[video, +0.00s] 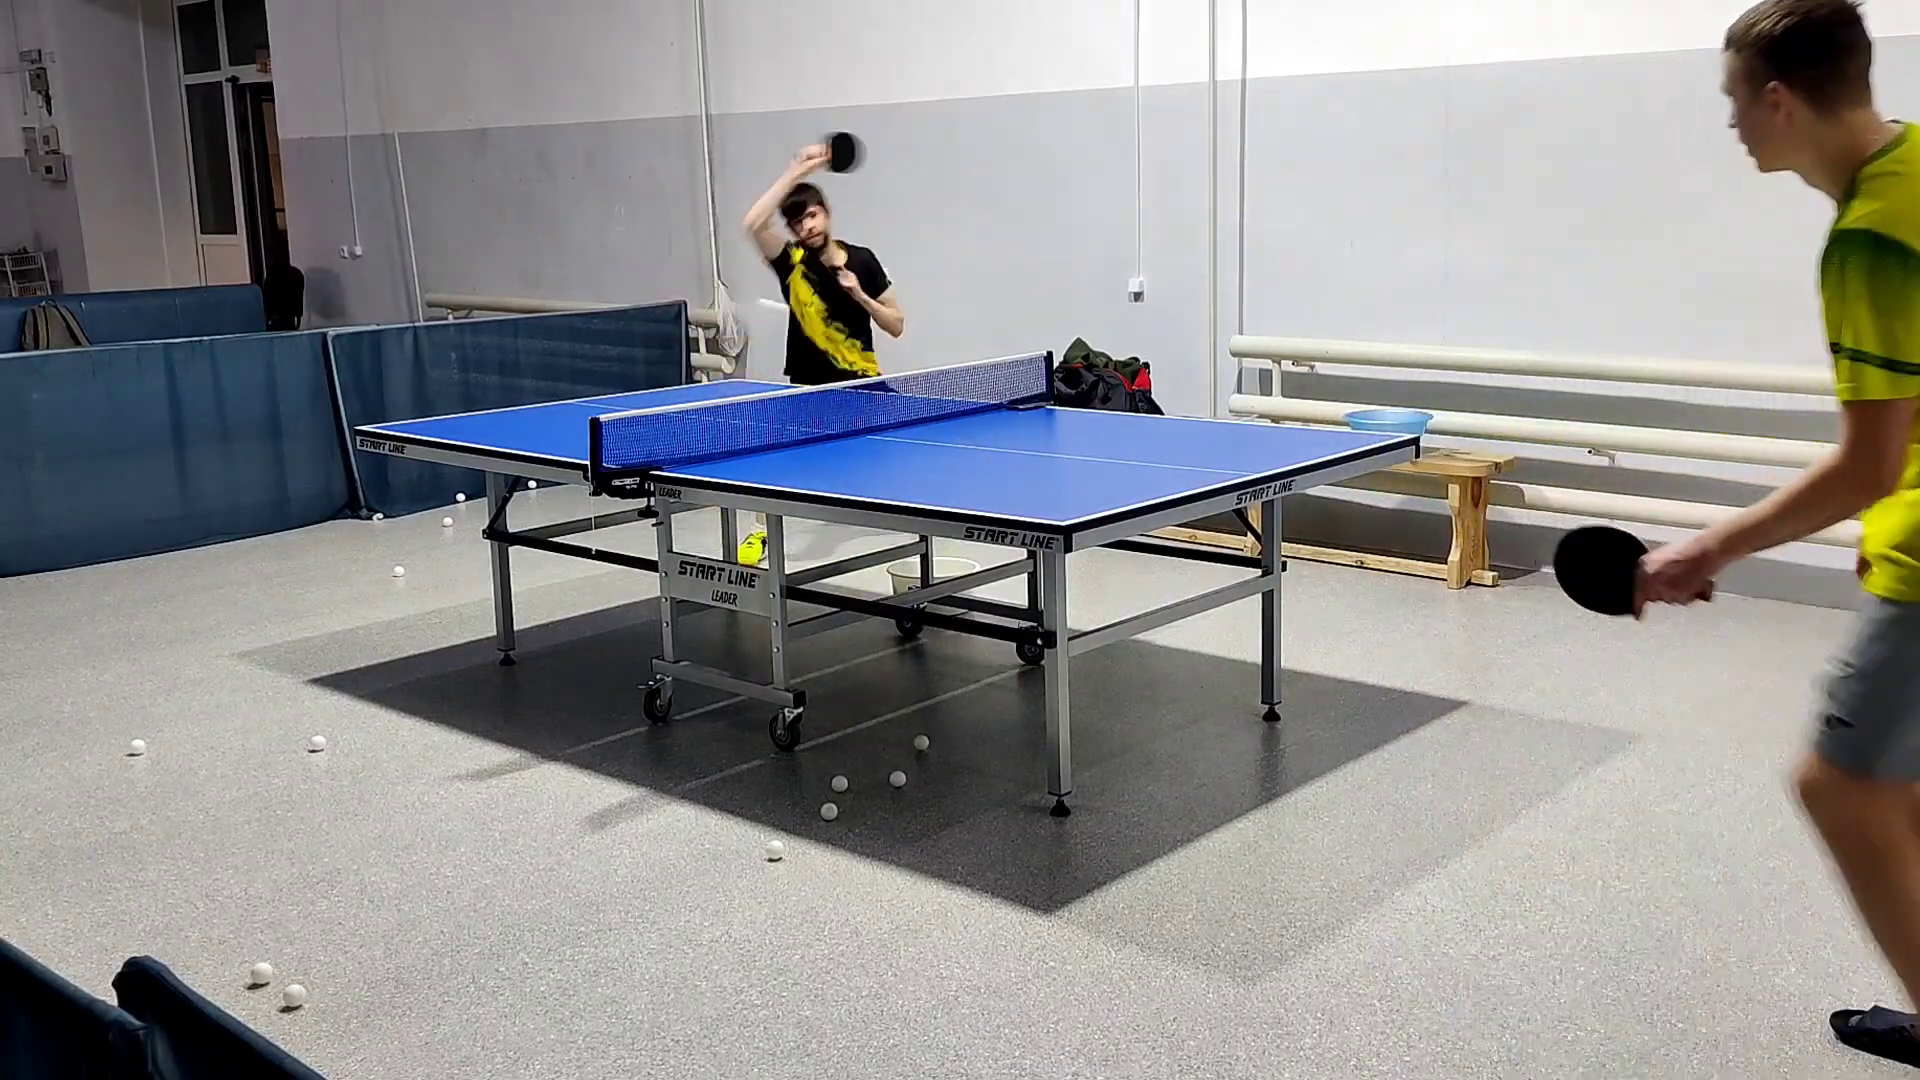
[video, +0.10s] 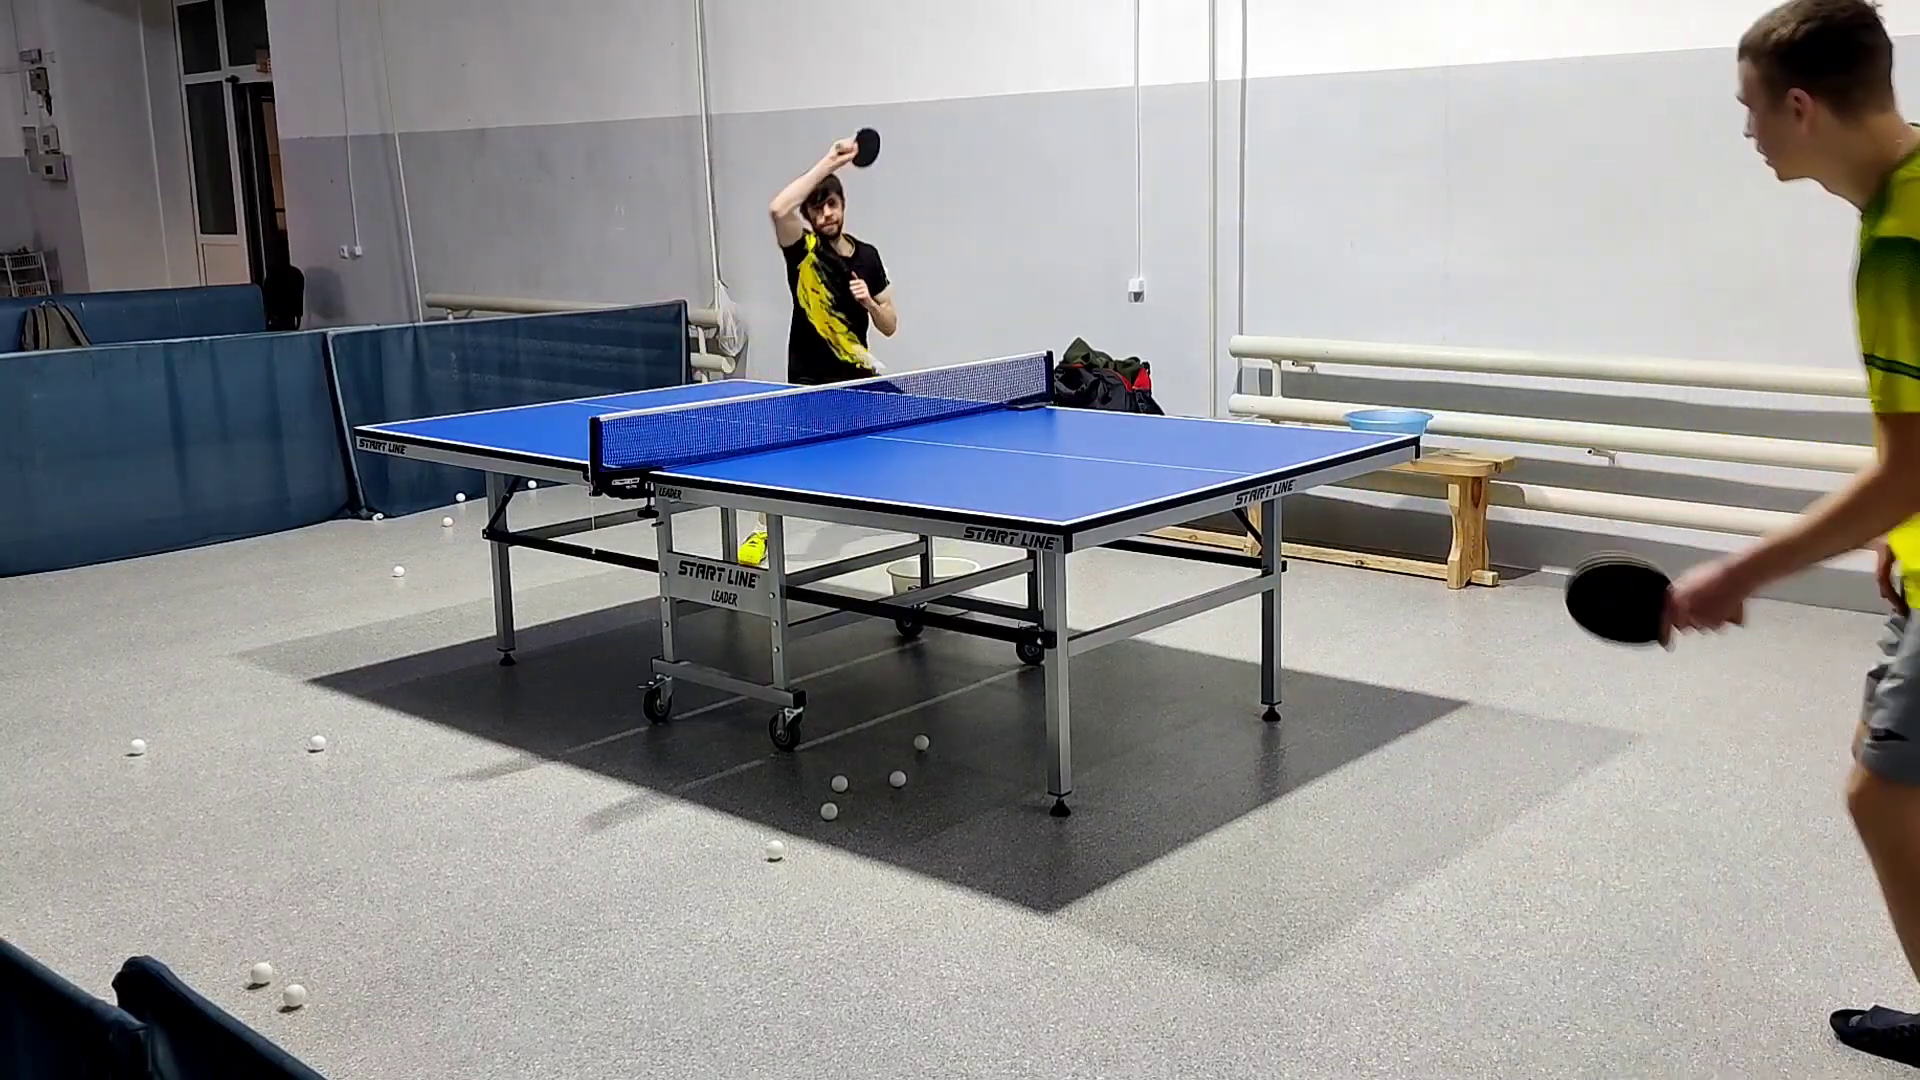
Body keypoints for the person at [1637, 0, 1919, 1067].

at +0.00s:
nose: (1735, 123)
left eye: (1739, 99)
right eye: (1732, 101)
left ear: (1786, 95)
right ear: (1836, 86)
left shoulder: (1874, 237)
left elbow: (1872, 463)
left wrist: (1714, 548)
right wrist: (1721, 546)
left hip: (1913, 567)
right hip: (1912, 562)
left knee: (1842, 787)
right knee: (1885, 788)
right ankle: (1919, 1019)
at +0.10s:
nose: (1750, 136)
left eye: (1753, 111)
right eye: (1747, 113)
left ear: (1804, 104)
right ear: (1835, 97)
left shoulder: (1900, 244)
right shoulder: (1901, 198)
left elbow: (1904, 476)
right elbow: (1912, 447)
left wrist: (1738, 573)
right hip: (1915, 585)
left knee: (1885, 799)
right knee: (1881, 785)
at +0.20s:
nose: (1769, 150)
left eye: (1774, 126)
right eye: (1765, 127)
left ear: (1831, 117)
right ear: (1842, 116)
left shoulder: (1917, 233)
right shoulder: (1901, 220)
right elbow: (1917, 431)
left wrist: (1783, 589)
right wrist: (1908, 546)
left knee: (1905, 790)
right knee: (1892, 764)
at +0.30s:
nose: (1785, 146)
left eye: (1792, 122)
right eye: (1782, 124)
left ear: (1859, 109)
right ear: (1861, 112)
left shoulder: (1908, 226)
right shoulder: (1891, 224)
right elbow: (1919, 417)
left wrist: (1881, 529)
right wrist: (1902, 536)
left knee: (1906, 759)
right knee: (1903, 756)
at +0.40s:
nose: (1803, 171)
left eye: (1809, 148)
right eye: (1797, 151)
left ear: (1887, 133)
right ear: (1881, 135)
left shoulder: (1910, 218)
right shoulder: (1880, 213)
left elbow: (1889, 360)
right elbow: (1892, 359)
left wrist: (1908, 510)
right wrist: (1908, 504)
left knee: (1901, 768)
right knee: (1896, 761)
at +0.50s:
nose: (1816, 209)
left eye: (1821, 184)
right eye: (1808, 187)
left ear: (1902, 162)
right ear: (1891, 167)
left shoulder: (1908, 259)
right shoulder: (1886, 256)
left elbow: (1888, 383)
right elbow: (1888, 381)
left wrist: (1905, 529)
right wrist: (1904, 524)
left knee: (1908, 807)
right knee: (1886, 760)